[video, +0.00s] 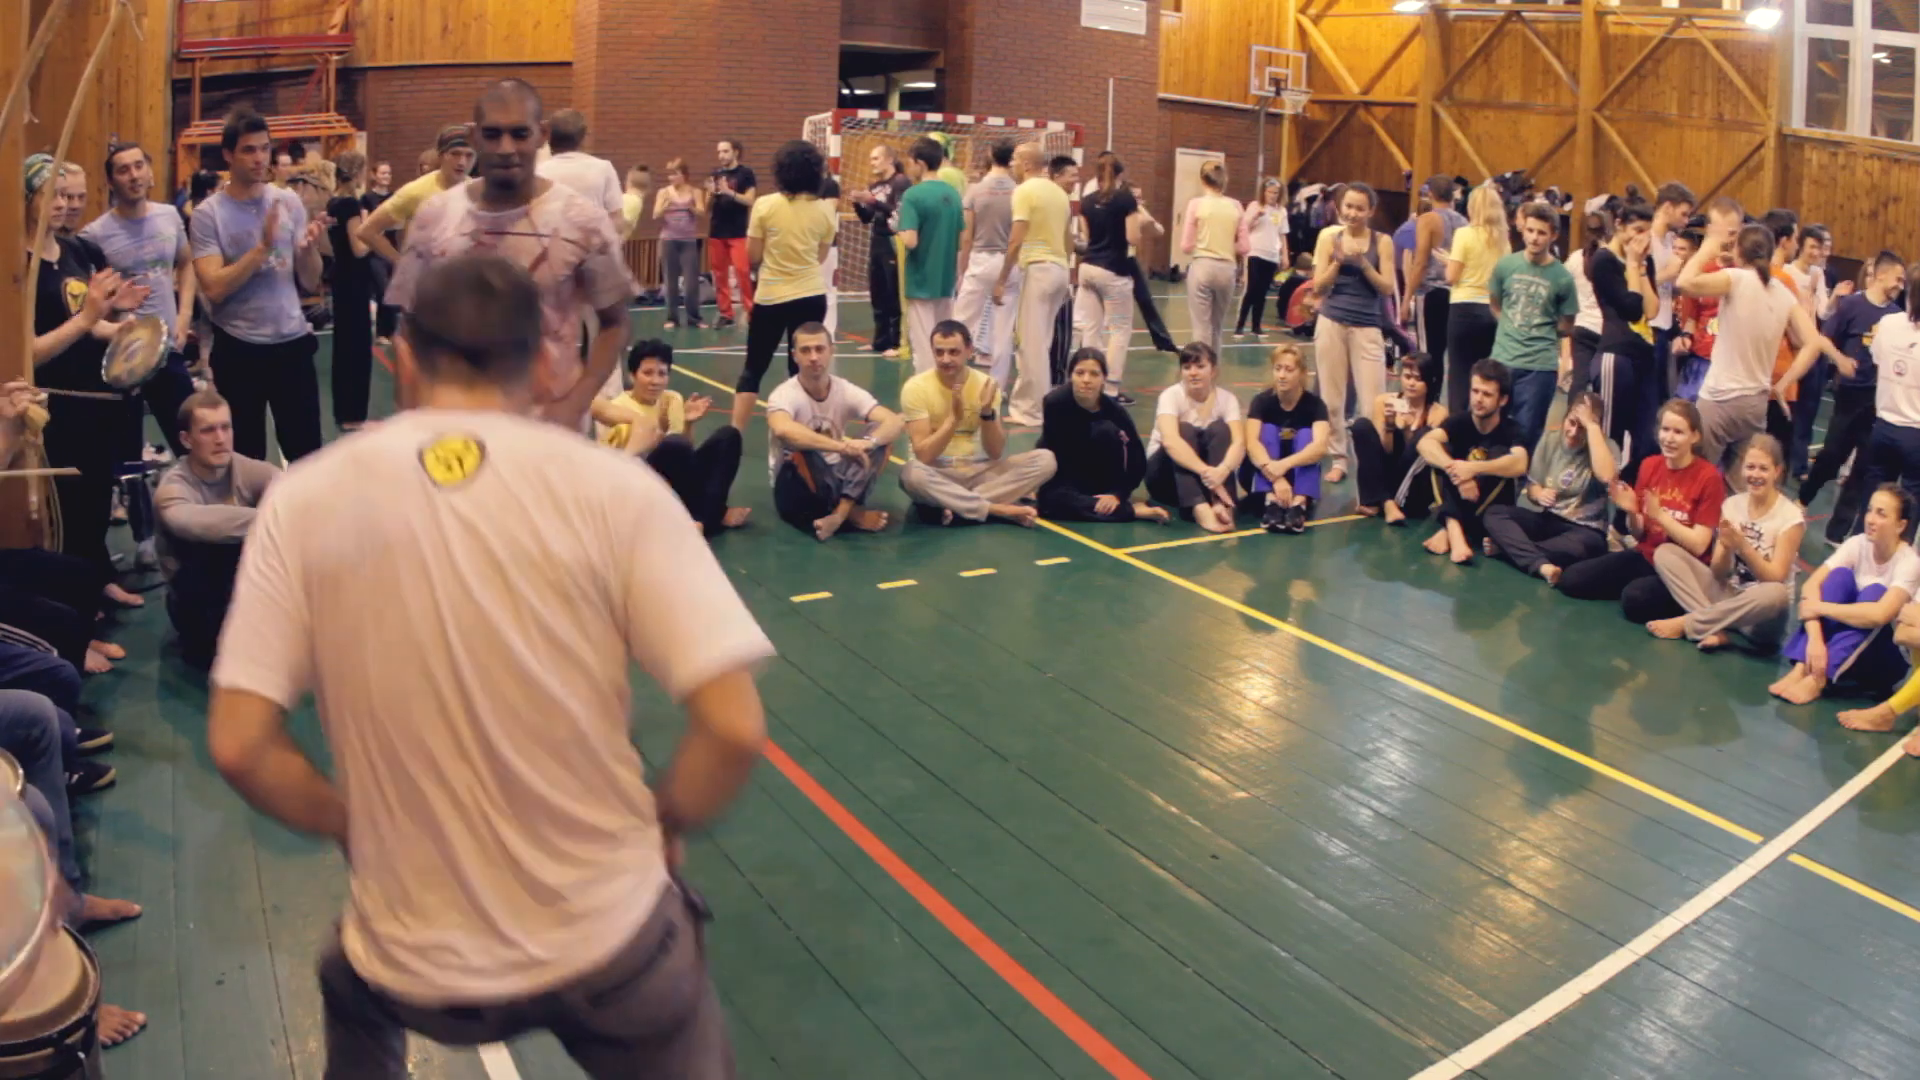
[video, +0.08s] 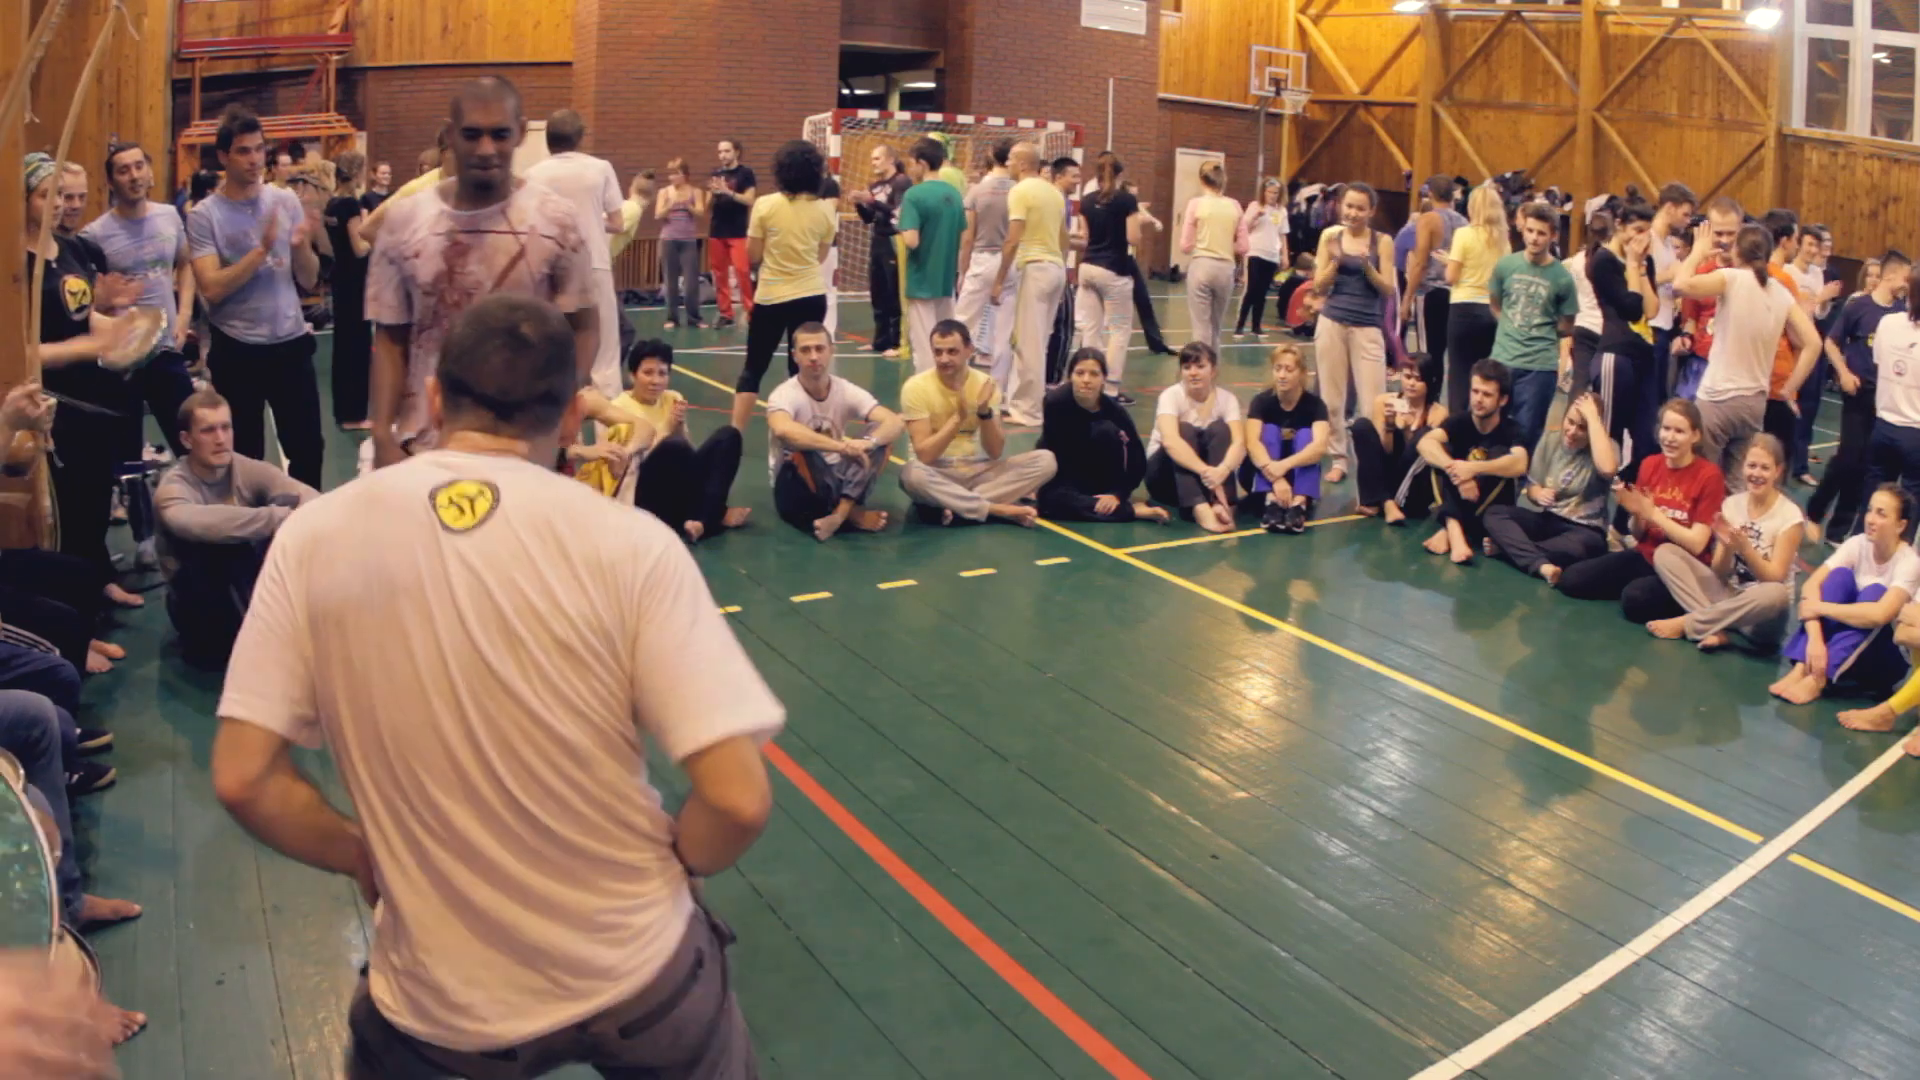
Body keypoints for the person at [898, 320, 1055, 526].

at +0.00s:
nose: (946, 360)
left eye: (954, 352)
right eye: (939, 353)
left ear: (969, 351)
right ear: (932, 352)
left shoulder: (985, 384)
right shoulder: (916, 388)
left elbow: (995, 451)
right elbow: (924, 455)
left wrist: (987, 412)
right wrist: (954, 420)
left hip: (982, 469)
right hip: (939, 472)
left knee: (1046, 460)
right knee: (911, 474)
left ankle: (959, 508)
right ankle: (994, 509)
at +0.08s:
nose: (944, 359)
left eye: (952, 352)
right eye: (938, 352)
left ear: (969, 351)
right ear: (932, 352)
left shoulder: (985, 383)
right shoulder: (916, 387)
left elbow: (995, 451)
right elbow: (925, 455)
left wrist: (985, 413)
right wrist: (958, 419)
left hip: (981, 469)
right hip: (939, 472)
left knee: (1046, 461)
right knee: (912, 474)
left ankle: (959, 508)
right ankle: (994, 510)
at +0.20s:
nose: (943, 358)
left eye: (951, 350)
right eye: (936, 351)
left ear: (968, 350)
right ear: (930, 352)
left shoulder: (986, 384)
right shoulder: (916, 387)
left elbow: (997, 451)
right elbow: (923, 454)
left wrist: (982, 414)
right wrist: (965, 418)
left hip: (984, 469)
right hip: (940, 473)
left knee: (1047, 462)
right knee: (911, 474)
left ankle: (959, 508)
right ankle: (993, 510)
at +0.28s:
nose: (942, 357)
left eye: (950, 349)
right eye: (935, 350)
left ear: (967, 349)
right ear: (929, 351)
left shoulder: (986, 383)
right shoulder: (915, 387)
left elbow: (999, 451)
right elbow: (920, 453)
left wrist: (987, 419)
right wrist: (961, 423)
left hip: (983, 469)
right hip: (939, 471)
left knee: (1047, 462)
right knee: (911, 474)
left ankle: (959, 508)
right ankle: (993, 510)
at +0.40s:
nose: (941, 356)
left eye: (949, 348)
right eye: (935, 349)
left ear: (966, 348)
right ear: (929, 350)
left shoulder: (986, 383)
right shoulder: (914, 387)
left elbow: (997, 451)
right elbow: (915, 453)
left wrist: (989, 422)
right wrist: (950, 427)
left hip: (982, 469)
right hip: (937, 472)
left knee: (1046, 460)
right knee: (911, 473)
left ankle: (960, 509)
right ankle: (993, 510)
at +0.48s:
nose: (941, 356)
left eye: (949, 348)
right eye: (935, 349)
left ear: (966, 348)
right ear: (929, 350)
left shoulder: (986, 383)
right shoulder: (914, 387)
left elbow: (993, 451)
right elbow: (916, 452)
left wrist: (988, 422)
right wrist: (947, 427)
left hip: (981, 469)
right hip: (937, 471)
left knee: (1046, 460)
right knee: (911, 473)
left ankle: (960, 509)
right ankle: (993, 509)